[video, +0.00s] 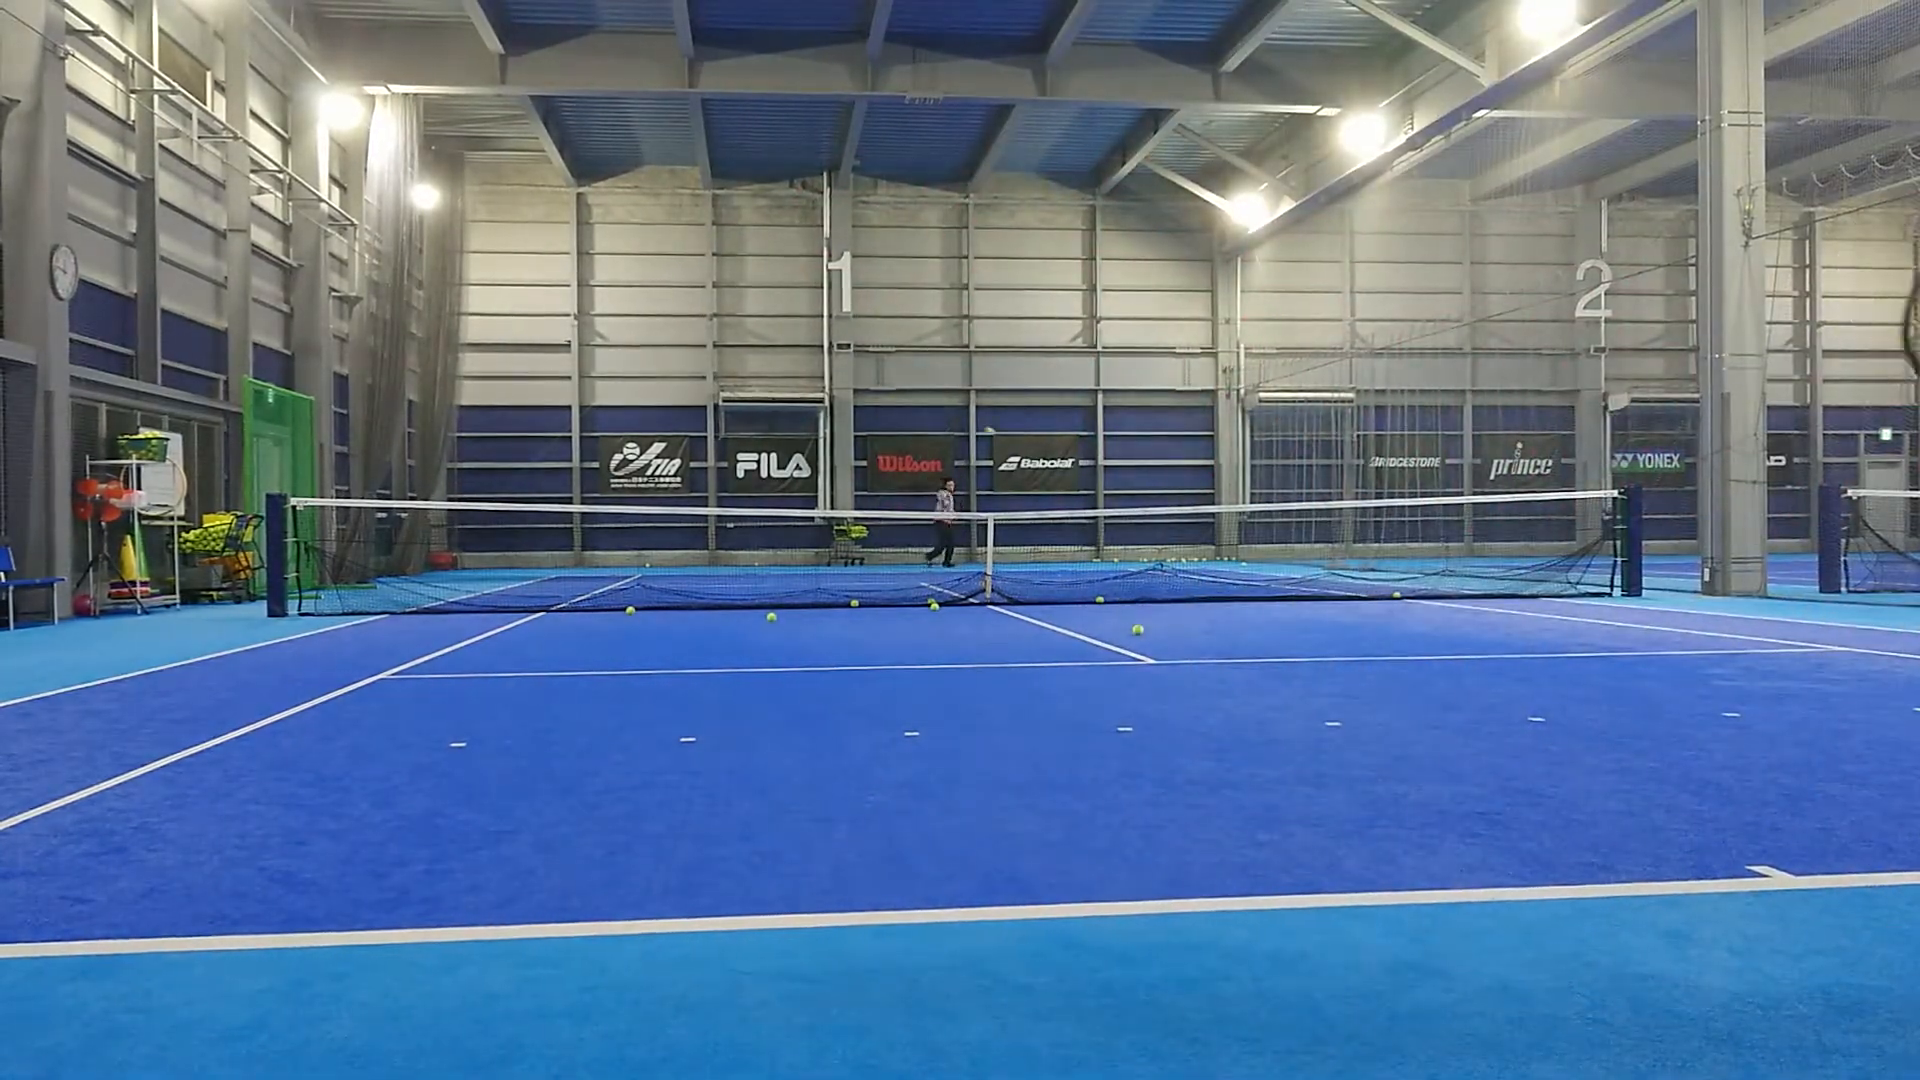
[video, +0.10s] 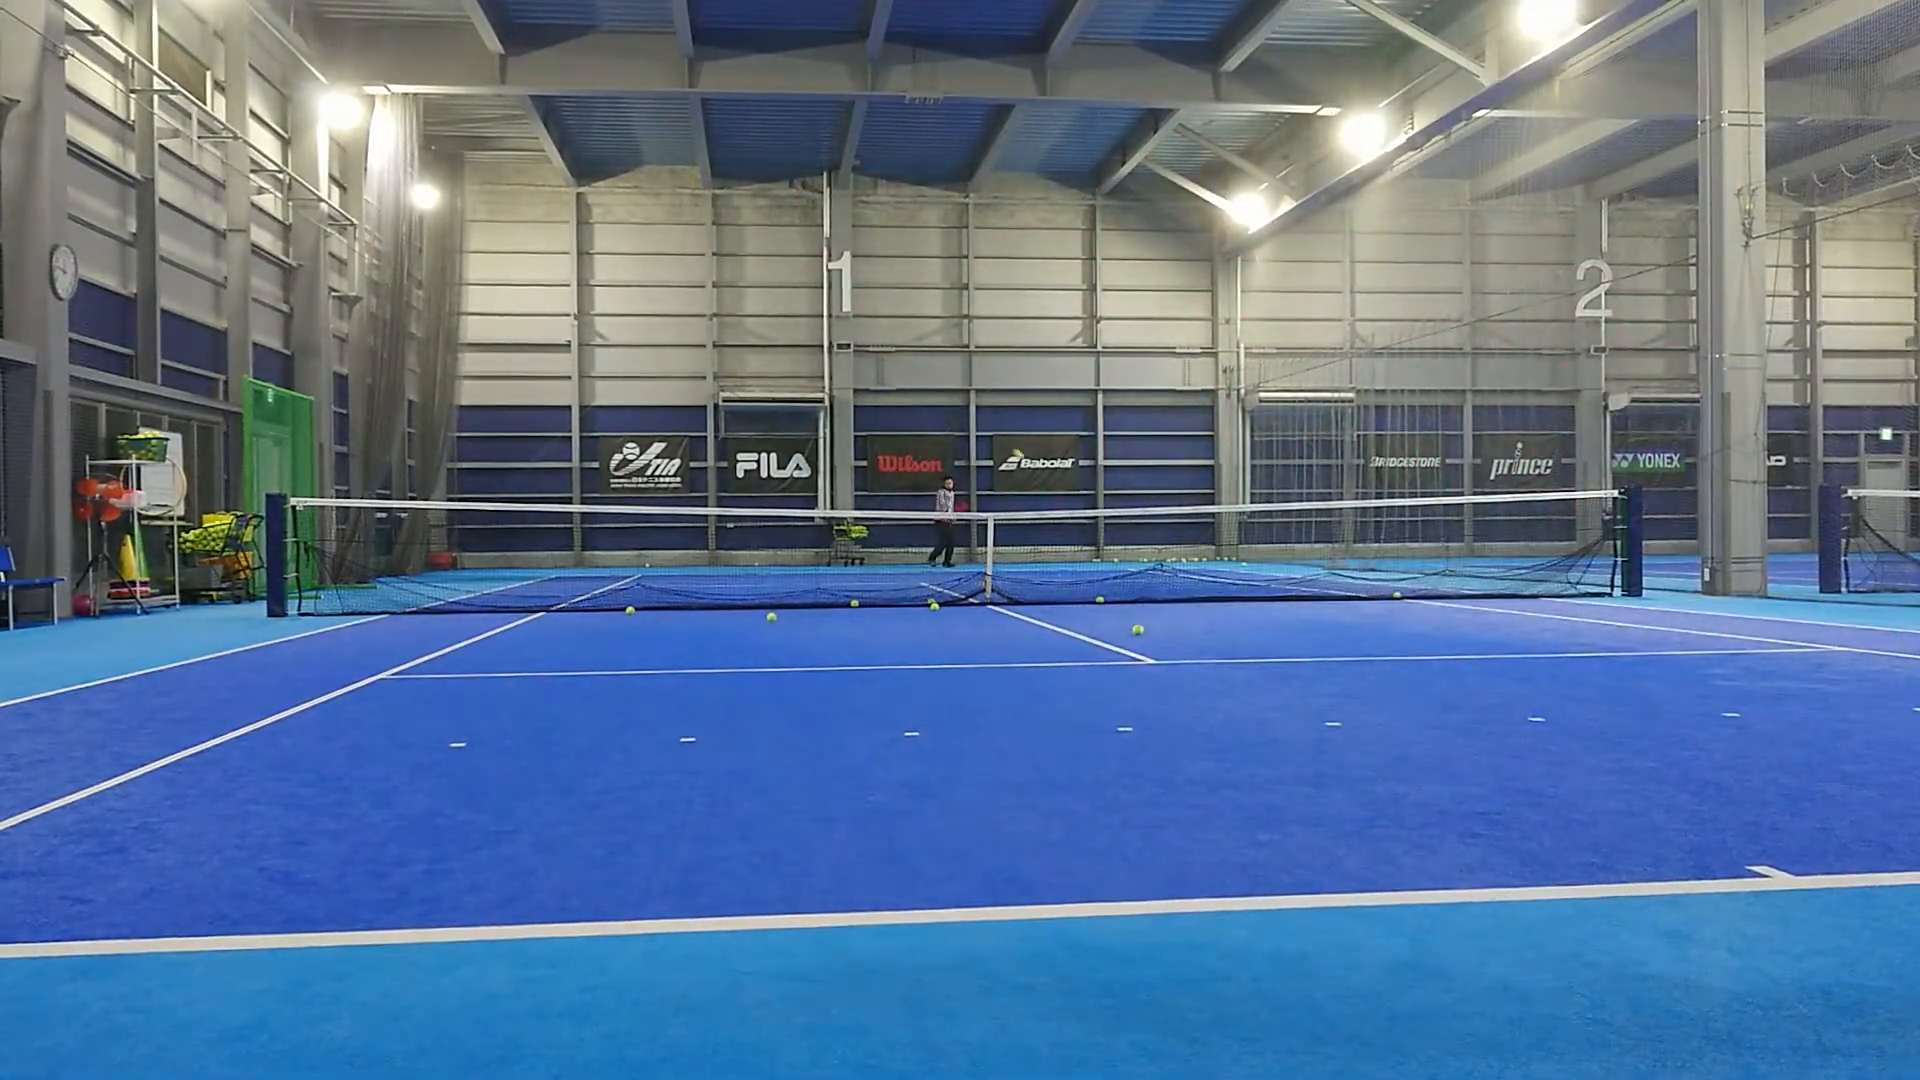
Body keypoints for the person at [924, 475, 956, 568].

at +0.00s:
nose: (951, 487)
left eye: (952, 485)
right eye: (949, 485)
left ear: (953, 486)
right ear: (945, 486)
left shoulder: (949, 495)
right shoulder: (943, 494)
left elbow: (949, 508)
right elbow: (943, 508)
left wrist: (952, 517)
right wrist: (945, 518)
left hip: (947, 520)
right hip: (941, 520)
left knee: (946, 542)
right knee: (947, 542)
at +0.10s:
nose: (949, 485)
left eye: (951, 483)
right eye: (947, 483)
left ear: (952, 484)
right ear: (944, 484)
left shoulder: (952, 493)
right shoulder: (941, 492)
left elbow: (951, 506)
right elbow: (942, 504)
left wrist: (952, 516)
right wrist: (945, 516)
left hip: (948, 519)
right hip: (941, 519)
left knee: (949, 542)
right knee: (944, 541)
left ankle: (947, 561)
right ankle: (931, 558)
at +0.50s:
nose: (939, 484)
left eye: (941, 482)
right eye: (937, 482)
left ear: (944, 482)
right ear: (934, 483)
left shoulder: (950, 492)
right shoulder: (932, 494)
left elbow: (955, 504)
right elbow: (929, 508)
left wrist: (956, 515)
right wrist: (932, 517)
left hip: (950, 519)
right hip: (938, 520)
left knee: (952, 541)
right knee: (938, 542)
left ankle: (951, 558)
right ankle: (939, 560)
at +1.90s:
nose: (944, 485)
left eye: (946, 482)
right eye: (942, 482)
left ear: (949, 484)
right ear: (939, 484)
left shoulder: (953, 494)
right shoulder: (936, 495)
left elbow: (955, 507)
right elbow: (931, 508)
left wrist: (946, 513)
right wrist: (937, 516)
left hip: (950, 523)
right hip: (938, 523)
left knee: (952, 545)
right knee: (932, 544)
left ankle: (955, 563)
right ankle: (927, 562)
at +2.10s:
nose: (931, 490)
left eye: (933, 488)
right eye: (930, 488)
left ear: (937, 489)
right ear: (928, 490)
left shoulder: (942, 500)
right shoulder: (926, 500)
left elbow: (942, 513)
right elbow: (923, 512)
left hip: (942, 527)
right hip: (930, 527)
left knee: (947, 547)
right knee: (923, 545)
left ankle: (954, 563)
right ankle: (920, 562)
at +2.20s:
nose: (922, 490)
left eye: (923, 488)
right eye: (920, 488)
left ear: (927, 489)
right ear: (918, 490)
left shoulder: (932, 498)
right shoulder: (917, 501)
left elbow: (933, 512)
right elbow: (915, 513)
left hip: (934, 527)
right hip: (923, 527)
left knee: (941, 546)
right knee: (918, 546)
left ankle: (953, 561)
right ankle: (921, 562)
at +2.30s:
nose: (913, 491)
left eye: (915, 489)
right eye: (911, 489)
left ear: (919, 489)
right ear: (909, 491)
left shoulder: (923, 498)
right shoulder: (910, 501)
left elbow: (922, 509)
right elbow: (907, 512)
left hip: (926, 526)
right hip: (916, 526)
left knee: (925, 547)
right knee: (914, 546)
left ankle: (939, 554)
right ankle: (920, 562)